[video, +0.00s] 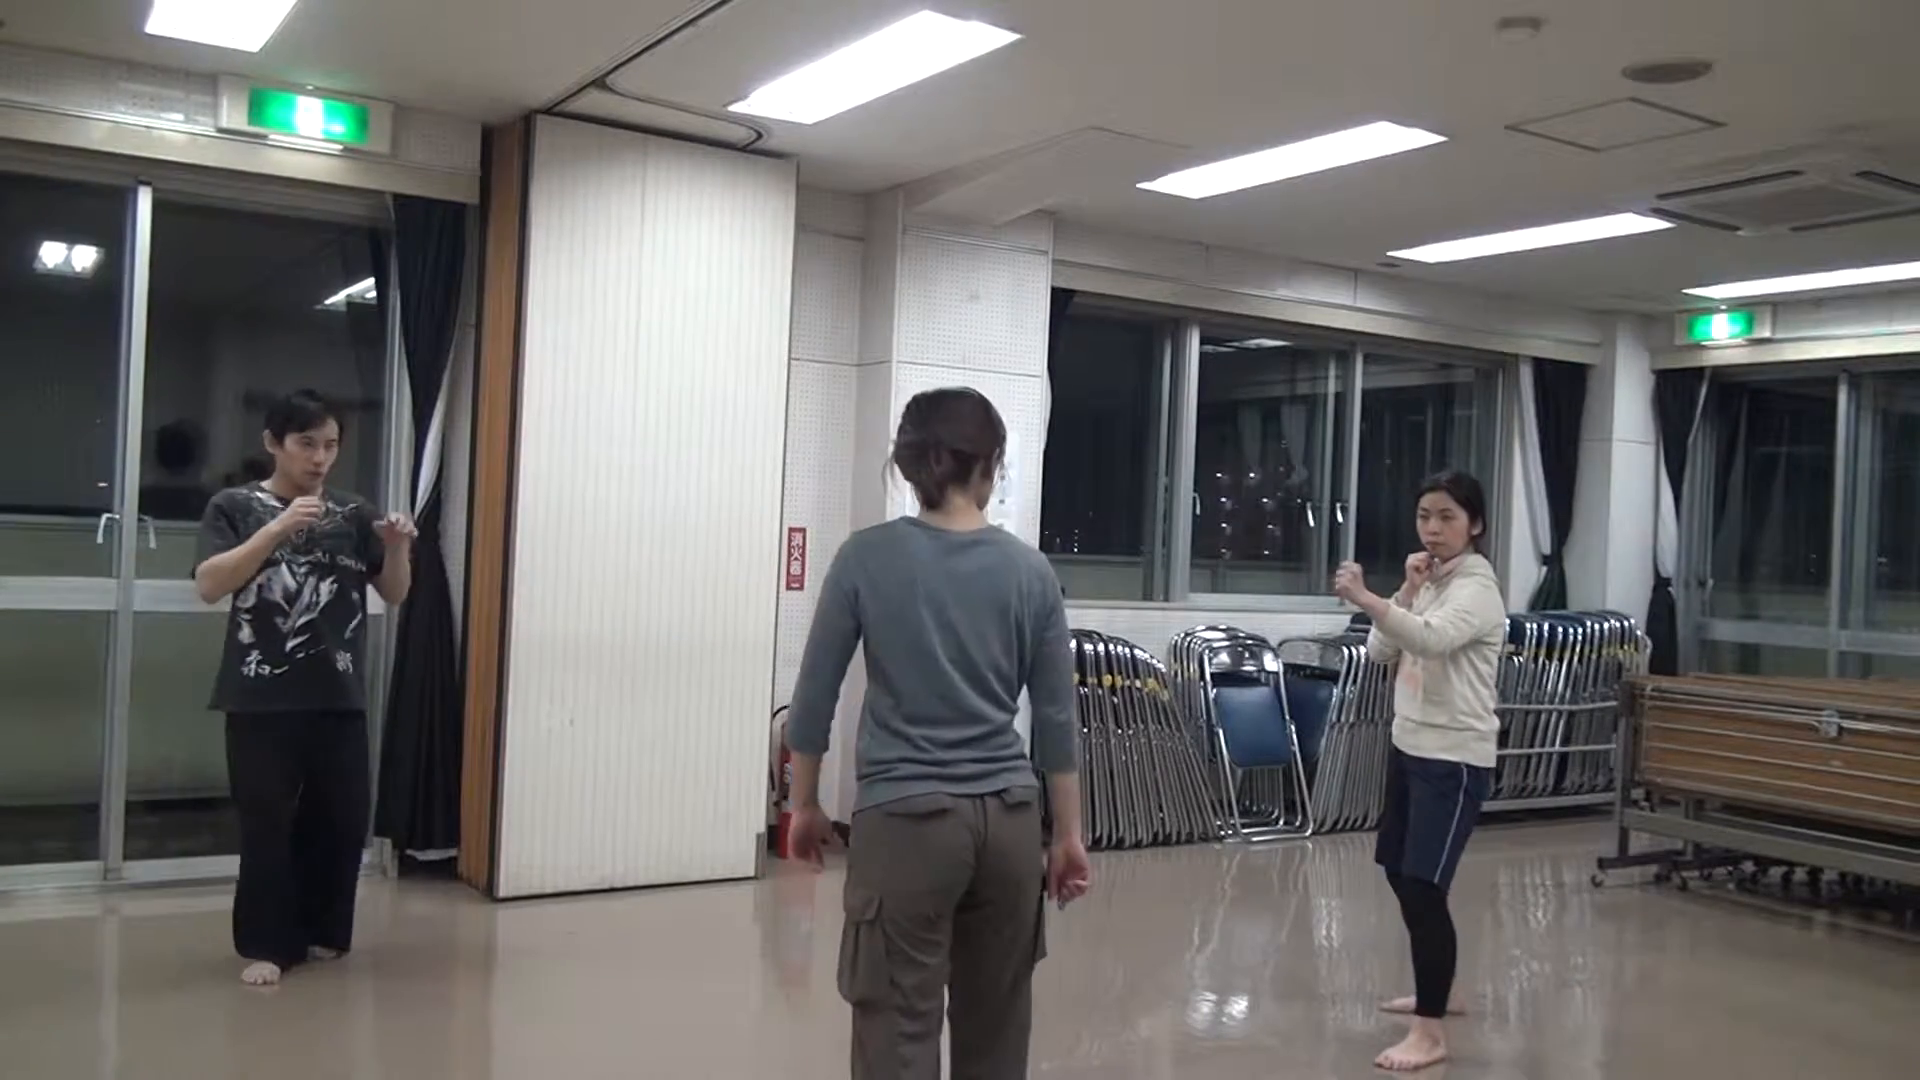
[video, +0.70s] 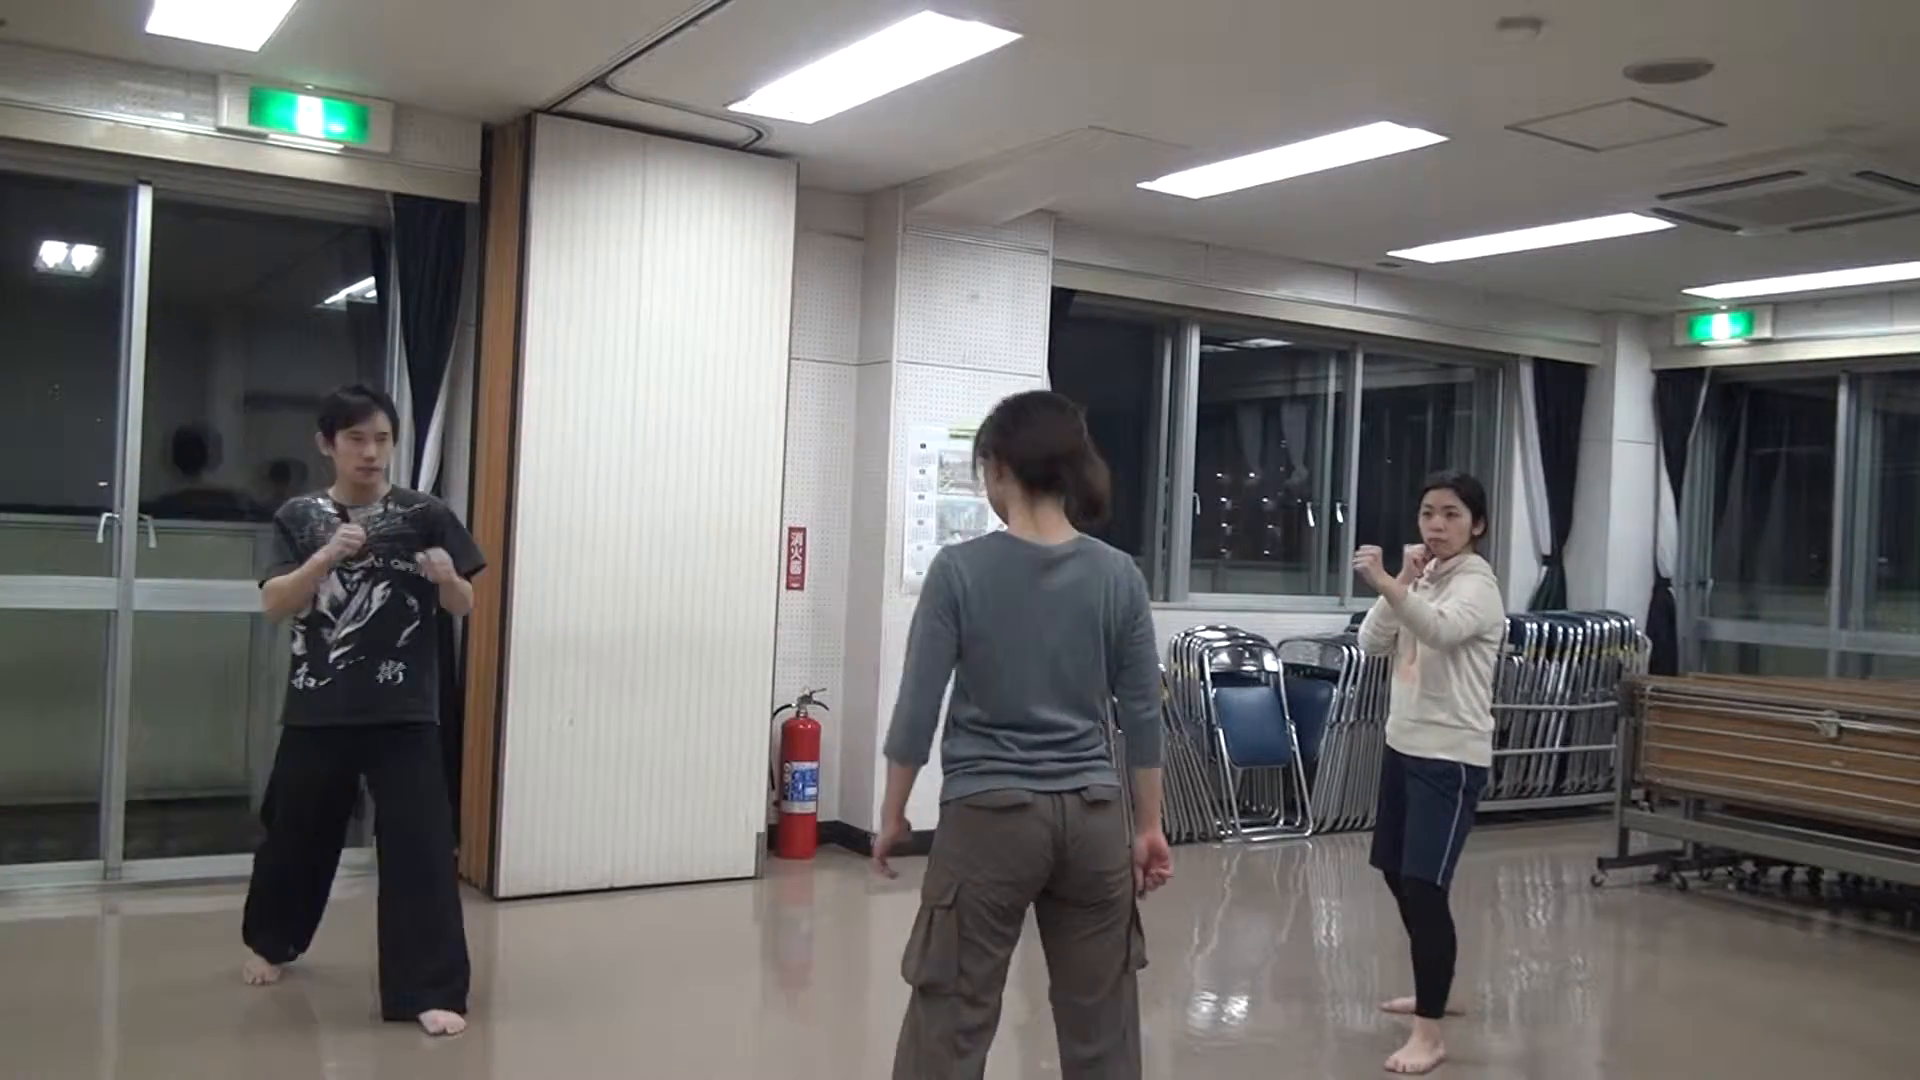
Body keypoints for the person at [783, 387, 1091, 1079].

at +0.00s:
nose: (994, 471)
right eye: (993, 458)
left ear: (906, 467)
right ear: (990, 463)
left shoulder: (865, 556)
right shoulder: (1030, 569)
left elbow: (815, 694)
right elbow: (1056, 713)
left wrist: (803, 805)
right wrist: (1069, 834)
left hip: (903, 829)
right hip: (1013, 829)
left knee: (898, 1031)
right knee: (995, 1033)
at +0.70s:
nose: (983, 480)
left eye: (983, 464)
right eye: (983, 465)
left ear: (999, 468)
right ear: (1071, 469)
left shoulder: (960, 568)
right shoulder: (1118, 573)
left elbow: (918, 704)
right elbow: (1142, 708)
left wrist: (892, 815)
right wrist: (1151, 825)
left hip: (988, 824)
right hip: (1098, 825)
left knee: (950, 1021)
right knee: (1102, 1027)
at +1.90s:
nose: (977, 493)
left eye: (979, 478)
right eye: (976, 478)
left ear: (1008, 479)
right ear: (1064, 483)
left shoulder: (957, 567)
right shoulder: (1108, 581)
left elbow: (883, 671)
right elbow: (1131, 705)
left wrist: (826, 734)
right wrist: (1150, 795)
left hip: (969, 808)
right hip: (1075, 812)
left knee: (924, 996)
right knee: (1087, 1009)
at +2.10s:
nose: (974, 492)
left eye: (976, 476)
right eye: (973, 478)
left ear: (1002, 478)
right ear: (1056, 481)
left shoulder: (949, 563)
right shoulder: (1106, 578)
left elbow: (875, 642)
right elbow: (1099, 681)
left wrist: (824, 680)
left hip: (957, 806)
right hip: (1065, 808)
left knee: (919, 993)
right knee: (1086, 1008)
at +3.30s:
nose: (997, 522)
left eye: (1001, 508)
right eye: (998, 508)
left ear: (1030, 511)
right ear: (1076, 512)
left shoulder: (975, 593)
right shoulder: (1131, 604)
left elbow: (889, 646)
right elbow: (1125, 701)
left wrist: (894, 604)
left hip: (998, 836)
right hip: (1107, 835)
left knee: (919, 997)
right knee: (1157, 1009)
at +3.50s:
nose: (1064, 550)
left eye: (1071, 536)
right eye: (1065, 537)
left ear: (1101, 543)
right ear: (1147, 545)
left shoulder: (1046, 625)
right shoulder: (1196, 640)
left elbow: (950, 689)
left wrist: (960, 649)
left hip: (1070, 874)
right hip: (1179, 871)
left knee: (955, 1018)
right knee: (1258, 1025)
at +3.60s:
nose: (1142, 555)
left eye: (1150, 543)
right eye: (1144, 543)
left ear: (1186, 549)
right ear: (1210, 552)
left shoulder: (1135, 631)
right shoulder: (1261, 648)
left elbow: (1044, 725)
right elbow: (1225, 731)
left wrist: (1002, 714)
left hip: (1132, 879)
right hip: (1231, 881)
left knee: (1010, 1024)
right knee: (1300, 1043)